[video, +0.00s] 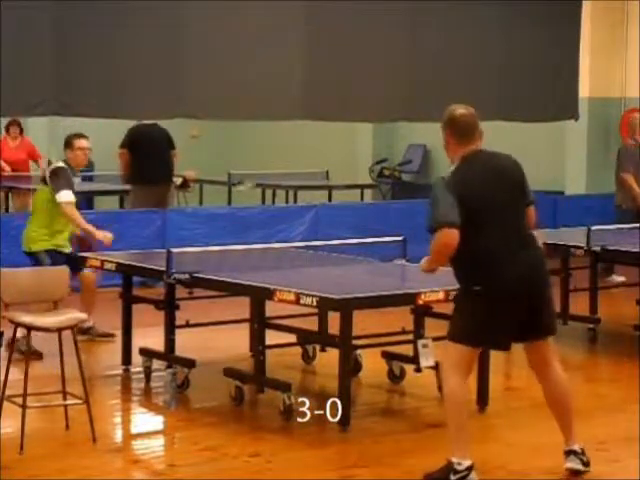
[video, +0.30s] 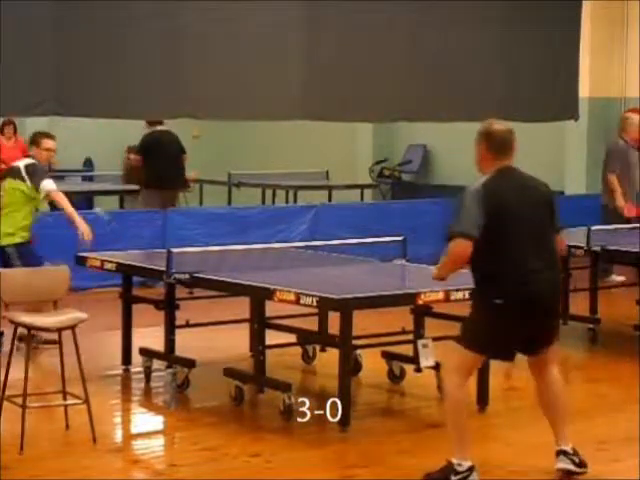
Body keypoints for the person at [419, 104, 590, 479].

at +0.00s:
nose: (444, 144)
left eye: (444, 139)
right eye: (446, 138)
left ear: (448, 139)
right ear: (481, 136)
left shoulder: (451, 181)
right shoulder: (510, 165)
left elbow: (448, 238)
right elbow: (530, 218)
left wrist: (432, 262)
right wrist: (499, 235)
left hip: (484, 285)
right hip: (529, 278)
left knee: (454, 370)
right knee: (547, 364)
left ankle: (460, 461)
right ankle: (573, 448)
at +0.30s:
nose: (475, 155)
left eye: (477, 149)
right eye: (477, 149)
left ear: (482, 151)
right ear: (513, 151)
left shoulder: (480, 191)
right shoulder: (541, 189)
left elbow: (462, 250)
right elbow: (558, 246)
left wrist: (442, 271)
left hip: (497, 302)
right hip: (544, 300)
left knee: (456, 371)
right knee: (546, 366)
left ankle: (460, 462)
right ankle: (565, 449)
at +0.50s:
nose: (512, 135)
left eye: (513, 130)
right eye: (515, 129)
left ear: (519, 130)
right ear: (549, 131)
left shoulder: (509, 171)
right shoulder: (578, 170)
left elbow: (479, 224)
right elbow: (601, 225)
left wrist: (475, 261)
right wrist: (577, 248)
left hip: (534, 278)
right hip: (581, 277)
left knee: (503, 364)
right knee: (591, 359)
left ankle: (483, 452)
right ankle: (600, 446)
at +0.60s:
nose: (538, 145)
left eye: (539, 139)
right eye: (541, 139)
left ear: (545, 141)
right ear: (574, 142)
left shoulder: (530, 181)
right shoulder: (599, 181)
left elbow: (490, 235)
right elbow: (626, 242)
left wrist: (501, 267)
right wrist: (607, 264)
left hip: (546, 290)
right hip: (596, 289)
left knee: (514, 368)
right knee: (617, 372)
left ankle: (507, 462)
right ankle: (637, 449)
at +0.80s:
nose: (579, 165)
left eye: (581, 160)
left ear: (583, 165)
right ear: (615, 168)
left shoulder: (560, 200)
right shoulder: (626, 206)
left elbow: (529, 254)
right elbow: (635, 259)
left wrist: (544, 282)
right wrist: (630, 287)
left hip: (564, 306)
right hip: (616, 306)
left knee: (528, 388)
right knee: (636, 374)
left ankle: (517, 470)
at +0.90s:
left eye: (605, 152)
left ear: (605, 157)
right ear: (636, 163)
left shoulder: (582, 192)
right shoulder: (635, 196)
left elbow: (552, 240)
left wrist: (563, 271)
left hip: (576, 297)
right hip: (628, 297)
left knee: (542, 378)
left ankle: (512, 463)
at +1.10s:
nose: (630, 131)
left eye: (631, 124)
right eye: (630, 125)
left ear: (633, 140)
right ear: (632, 139)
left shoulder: (621, 183)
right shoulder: (622, 182)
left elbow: (595, 233)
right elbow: (596, 233)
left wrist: (606, 260)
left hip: (611, 281)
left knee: (571, 366)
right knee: (570, 368)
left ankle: (541, 443)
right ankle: (540, 443)